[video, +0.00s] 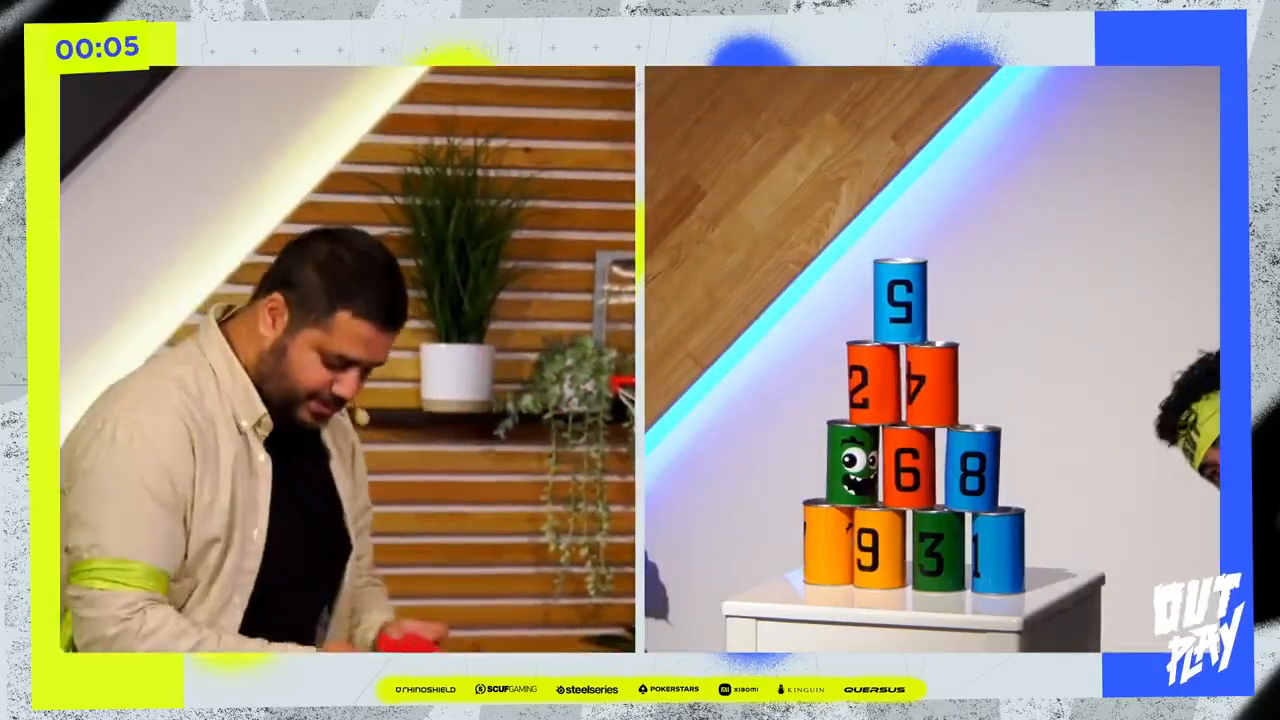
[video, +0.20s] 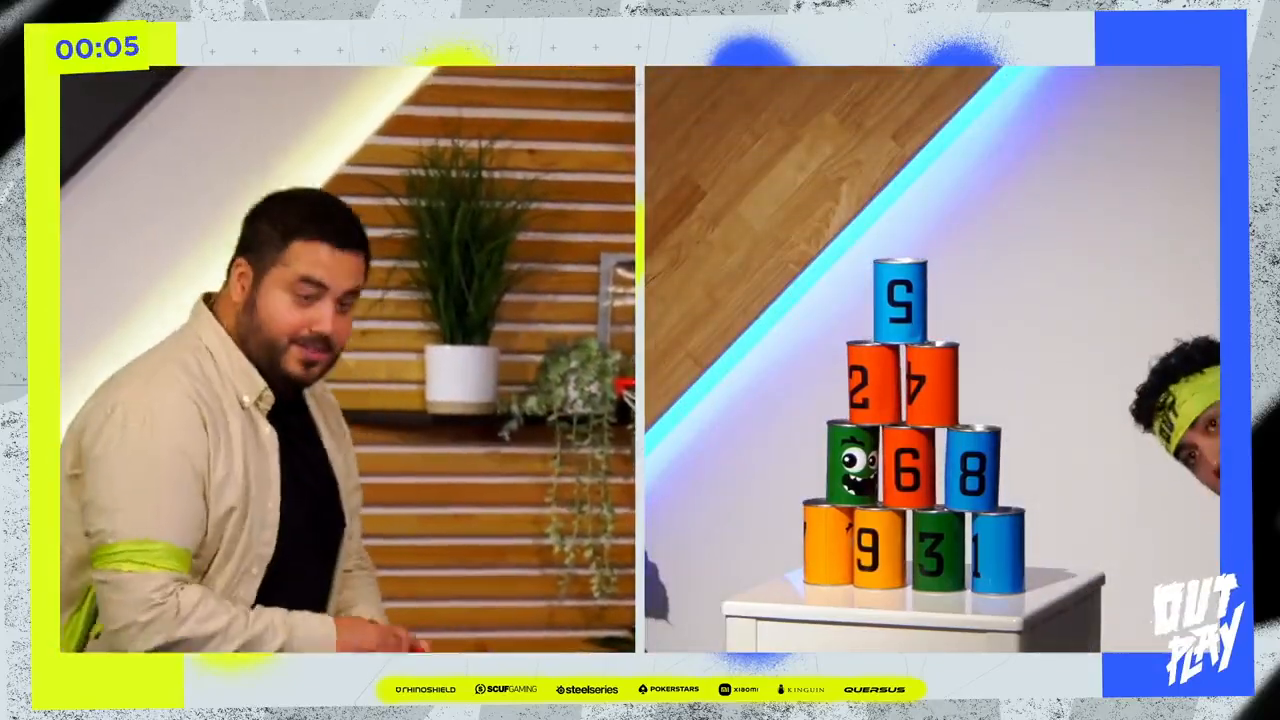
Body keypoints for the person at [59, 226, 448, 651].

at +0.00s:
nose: (348, 391)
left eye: (365, 372)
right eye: (335, 363)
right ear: (274, 318)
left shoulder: (330, 422)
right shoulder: (147, 421)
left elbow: (354, 578)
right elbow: (113, 626)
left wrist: (381, 633)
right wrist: (305, 667)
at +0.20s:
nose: (327, 327)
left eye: (345, 305)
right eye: (306, 296)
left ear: (356, 310)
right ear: (242, 281)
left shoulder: (311, 399)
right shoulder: (157, 403)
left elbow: (345, 556)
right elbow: (143, 617)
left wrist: (369, 637)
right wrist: (331, 639)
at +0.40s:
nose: (304, 285)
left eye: (321, 265)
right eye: (278, 260)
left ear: (334, 278)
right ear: (217, 266)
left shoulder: (296, 388)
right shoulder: (166, 388)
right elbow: (189, 588)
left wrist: (381, 610)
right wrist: (365, 588)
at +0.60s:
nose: (305, 275)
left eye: (321, 253)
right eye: (275, 251)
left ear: (336, 268)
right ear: (217, 265)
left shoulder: (311, 403)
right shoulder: (170, 373)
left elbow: (313, 597)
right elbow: (159, 515)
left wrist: (442, 617)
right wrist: (358, 578)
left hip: (267, 694)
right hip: (135, 693)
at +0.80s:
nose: (288, 261)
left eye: (304, 240)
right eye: (257, 241)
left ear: (322, 258)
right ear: (202, 262)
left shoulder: (318, 404)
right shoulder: (144, 375)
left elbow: (398, 527)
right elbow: (44, 481)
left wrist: (481, 389)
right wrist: (88, 586)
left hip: (323, 700)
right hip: (183, 699)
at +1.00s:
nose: (211, 253)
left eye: (228, 226)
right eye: (178, 231)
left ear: (250, 237)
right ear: (128, 251)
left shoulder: (327, 349)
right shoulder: (69, 398)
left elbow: (438, 387)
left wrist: (546, 405)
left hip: (320, 695)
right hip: (141, 698)